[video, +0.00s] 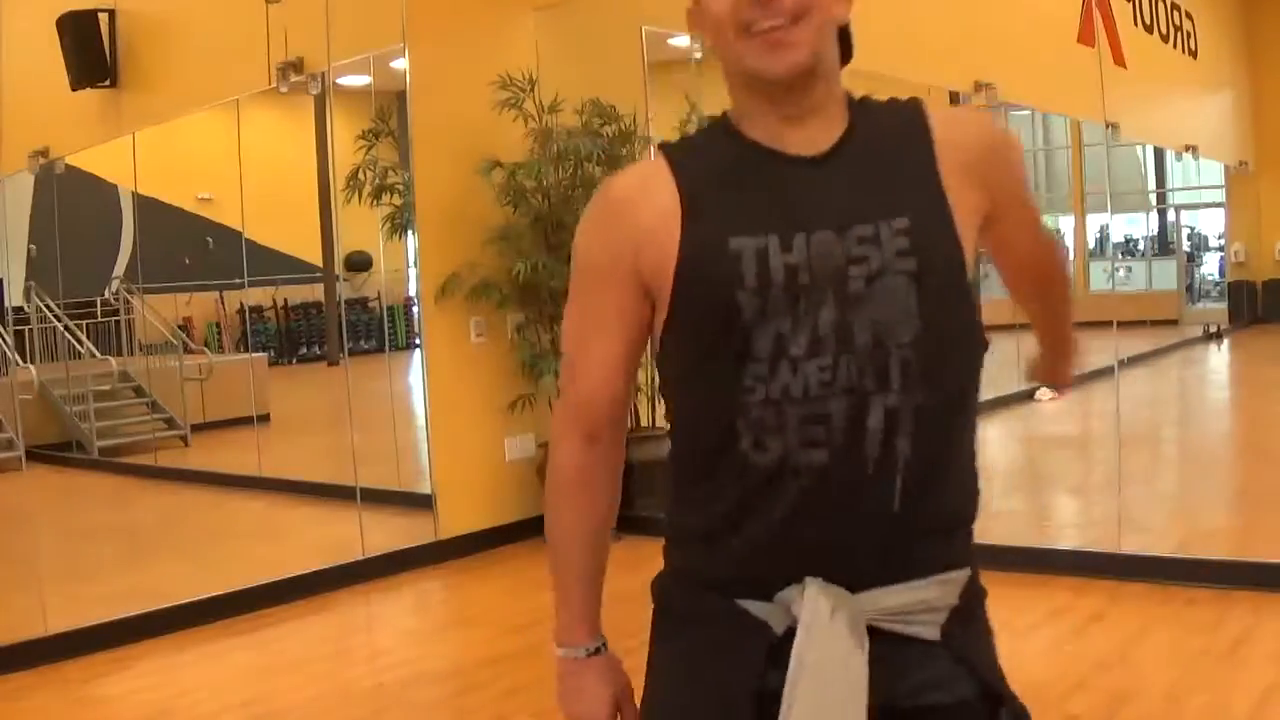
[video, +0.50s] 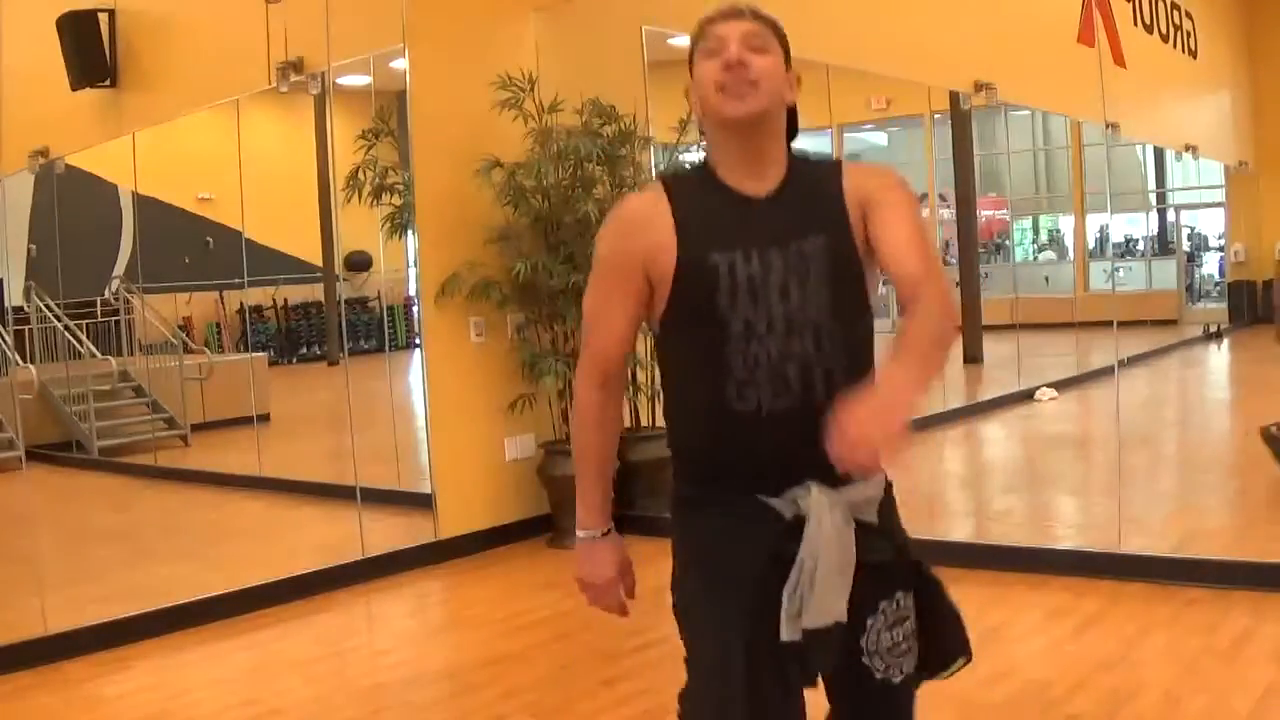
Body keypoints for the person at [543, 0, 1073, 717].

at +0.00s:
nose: (771, 1)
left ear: (842, 1)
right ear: (699, 18)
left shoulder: (966, 152)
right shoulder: (638, 207)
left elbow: (1042, 278)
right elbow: (588, 432)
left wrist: (1058, 360)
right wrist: (579, 644)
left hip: (926, 632)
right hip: (725, 642)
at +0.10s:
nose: (733, 45)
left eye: (761, 20)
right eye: (700, 35)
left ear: (810, 53)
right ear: (675, 82)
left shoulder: (931, 194)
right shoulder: (633, 271)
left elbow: (989, 289)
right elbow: (585, 484)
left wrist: (987, 342)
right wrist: (581, 685)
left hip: (904, 631)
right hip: (723, 642)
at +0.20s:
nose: (715, 63)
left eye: (739, 41)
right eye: (683, 56)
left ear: (784, 74)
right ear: (660, 109)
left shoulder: (902, 201)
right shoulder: (626, 280)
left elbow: (965, 305)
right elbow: (591, 485)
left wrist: (976, 409)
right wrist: (591, 674)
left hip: (889, 602)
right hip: (723, 620)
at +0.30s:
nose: (715, 12)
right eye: (684, 5)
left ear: (775, 25)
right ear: (656, 52)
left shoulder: (880, 156)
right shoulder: (626, 212)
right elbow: (592, 401)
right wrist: (604, 579)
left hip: (878, 527)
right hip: (722, 547)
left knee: (916, 705)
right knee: (716, 706)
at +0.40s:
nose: (718, 5)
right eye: (695, 0)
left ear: (780, 22)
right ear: (673, 39)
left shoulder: (868, 141)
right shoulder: (634, 183)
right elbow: (597, 362)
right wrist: (605, 526)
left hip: (865, 498)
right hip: (720, 516)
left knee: (903, 708)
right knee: (735, 709)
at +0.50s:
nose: (734, 58)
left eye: (755, 48)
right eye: (713, 52)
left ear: (790, 85)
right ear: (691, 94)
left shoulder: (866, 191)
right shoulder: (643, 222)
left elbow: (933, 306)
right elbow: (600, 380)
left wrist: (888, 397)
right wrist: (594, 528)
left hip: (854, 508)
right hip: (727, 524)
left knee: (881, 703)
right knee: (739, 704)